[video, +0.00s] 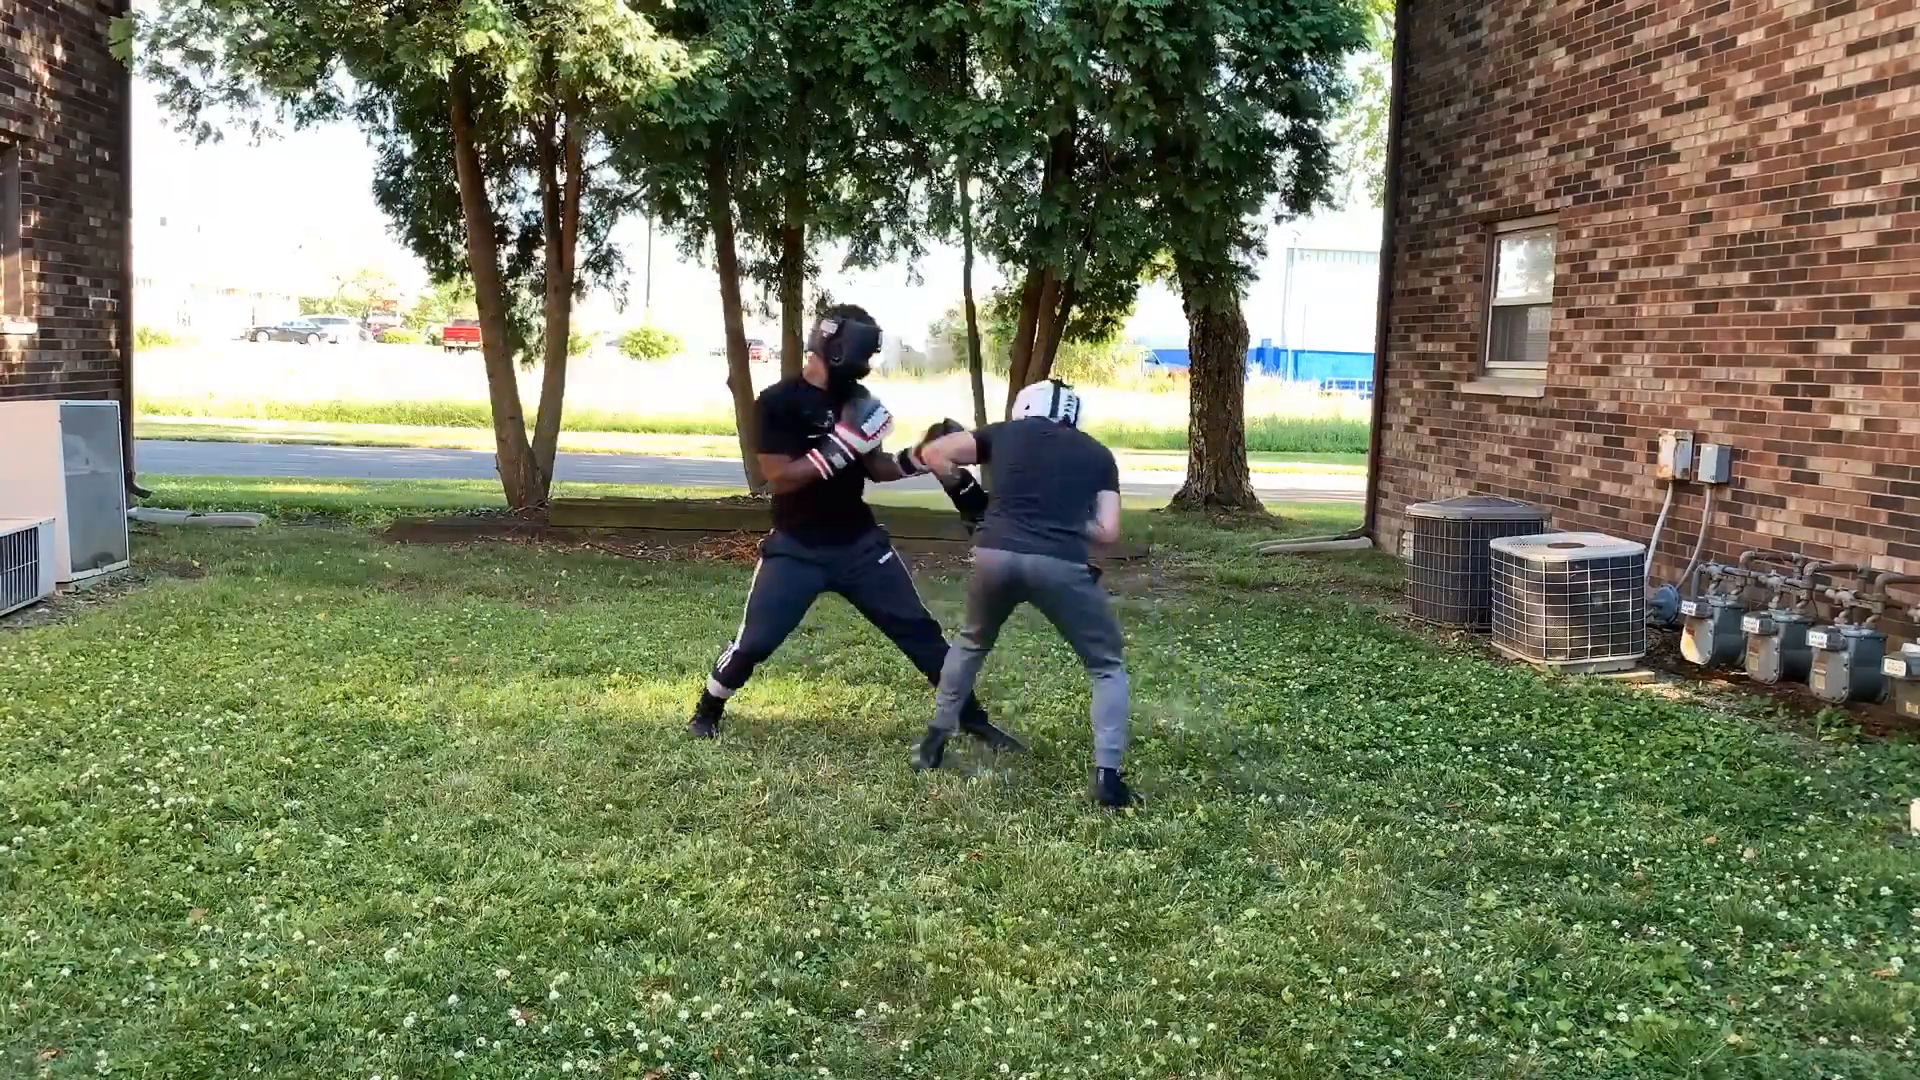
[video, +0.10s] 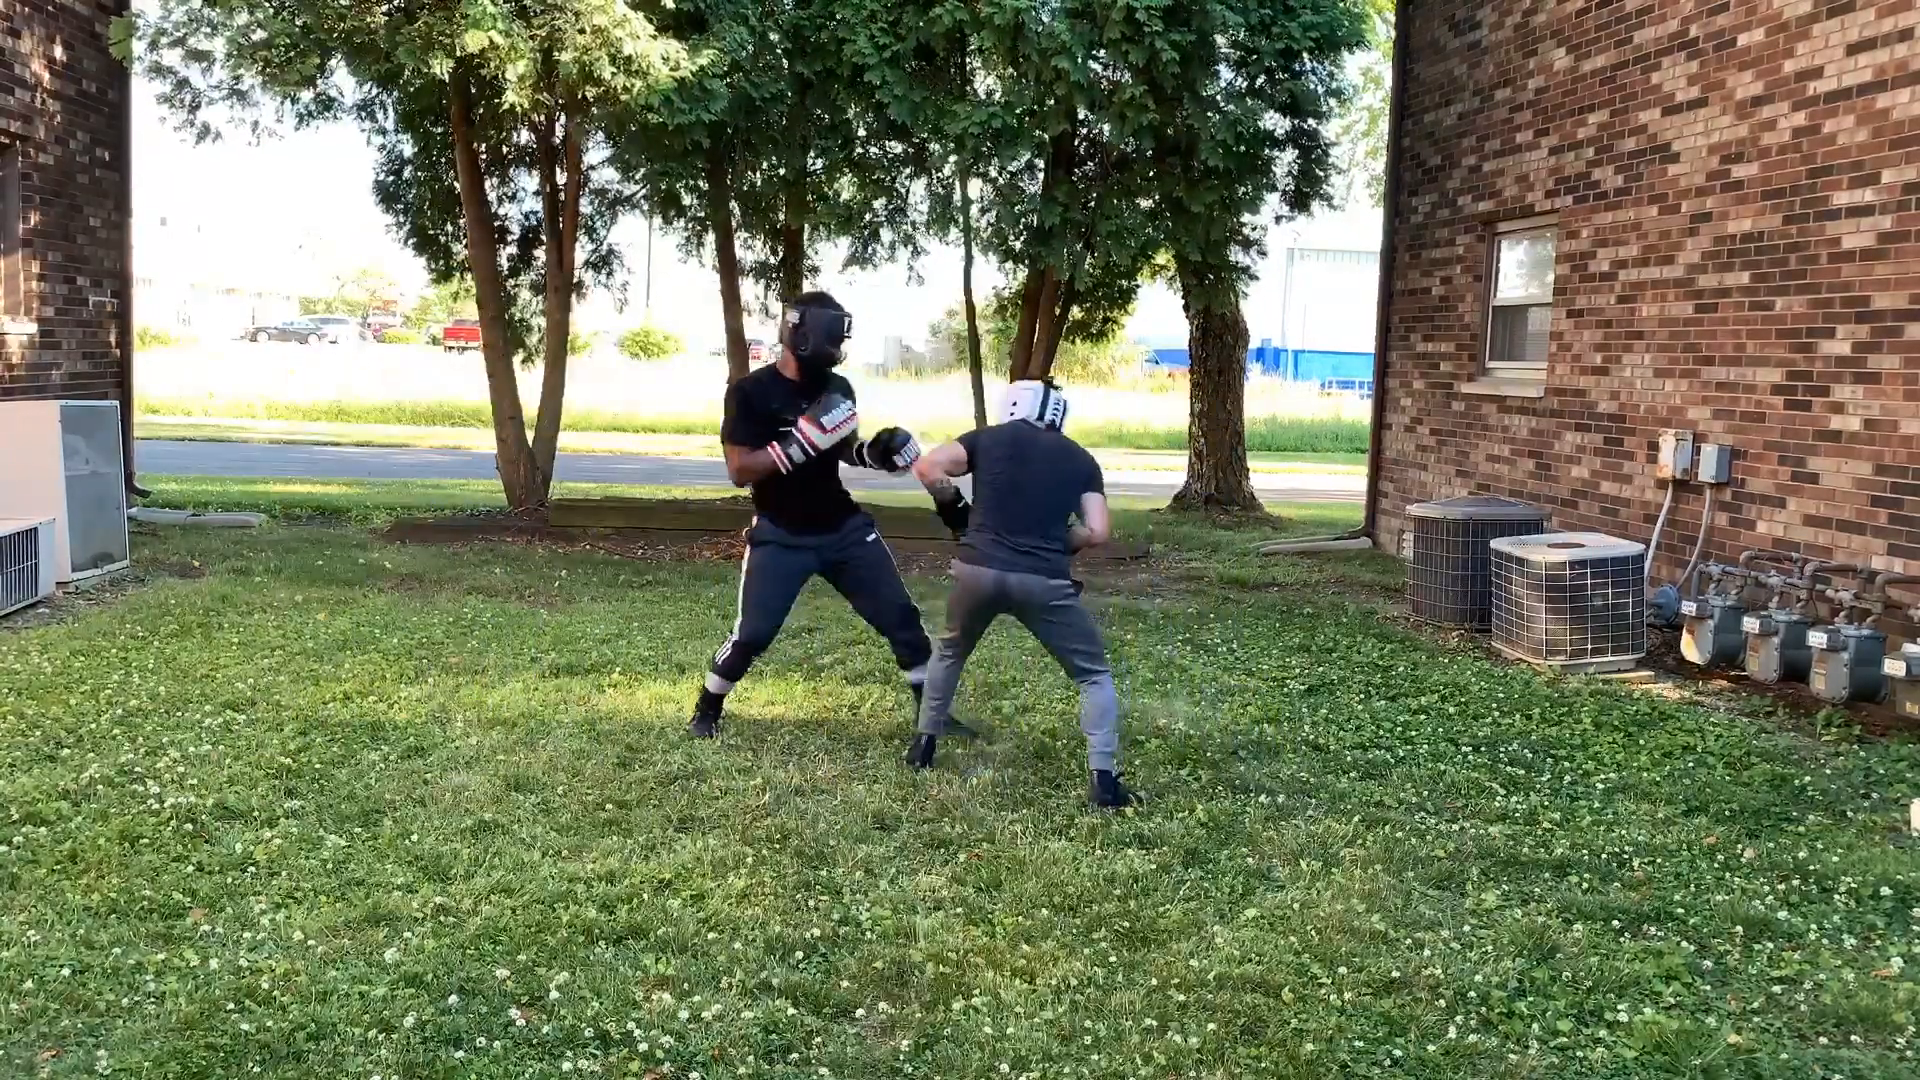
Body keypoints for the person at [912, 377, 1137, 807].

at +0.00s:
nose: (1011, 419)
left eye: (1014, 413)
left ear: (1023, 412)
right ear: (1073, 417)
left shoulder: (1004, 433)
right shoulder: (1098, 455)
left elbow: (934, 453)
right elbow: (1107, 532)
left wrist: (965, 493)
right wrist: (1067, 525)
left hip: (995, 556)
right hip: (1062, 566)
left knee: (972, 640)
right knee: (1107, 667)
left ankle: (935, 739)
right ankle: (1109, 776)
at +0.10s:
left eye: (1003, 409)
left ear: (1010, 411)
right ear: (1056, 418)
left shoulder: (988, 437)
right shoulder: (1080, 459)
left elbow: (928, 468)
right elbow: (1098, 532)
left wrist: (949, 503)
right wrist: (1059, 540)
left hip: (976, 571)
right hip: (1043, 581)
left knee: (951, 647)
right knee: (1093, 673)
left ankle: (924, 744)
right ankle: (1104, 781)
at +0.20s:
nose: (972, 405)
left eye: (976, 398)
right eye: (974, 398)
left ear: (986, 399)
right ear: (1032, 405)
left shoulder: (972, 423)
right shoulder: (1056, 451)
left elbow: (927, 452)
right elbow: (1079, 529)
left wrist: (937, 502)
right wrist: (1030, 535)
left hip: (968, 567)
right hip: (1034, 576)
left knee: (933, 645)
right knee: (1072, 675)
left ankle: (920, 743)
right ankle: (1104, 779)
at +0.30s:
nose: (996, 357)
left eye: (1003, 351)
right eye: (1001, 352)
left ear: (1010, 359)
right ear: (1042, 378)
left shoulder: (997, 387)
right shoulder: (1031, 415)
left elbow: (961, 442)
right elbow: (991, 475)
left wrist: (939, 462)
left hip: (966, 555)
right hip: (1019, 560)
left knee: (924, 644)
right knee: (1041, 665)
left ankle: (920, 745)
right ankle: (1102, 764)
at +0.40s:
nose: (1006, 351)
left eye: (1012, 345)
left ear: (1017, 352)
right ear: (1055, 368)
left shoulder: (1025, 389)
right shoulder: (1000, 398)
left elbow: (988, 436)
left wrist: (944, 447)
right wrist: (879, 344)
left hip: (962, 548)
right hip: (1010, 552)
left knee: (921, 643)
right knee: (1033, 659)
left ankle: (920, 748)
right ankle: (1084, 767)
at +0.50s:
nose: (997, 344)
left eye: (1004, 337)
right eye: (1002, 338)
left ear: (1017, 341)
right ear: (1044, 354)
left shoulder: (1019, 382)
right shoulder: (1019, 391)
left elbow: (988, 443)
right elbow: (931, 403)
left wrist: (945, 452)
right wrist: (889, 365)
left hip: (969, 545)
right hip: (1011, 545)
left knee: (927, 647)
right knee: (1028, 654)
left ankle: (918, 749)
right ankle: (1085, 761)